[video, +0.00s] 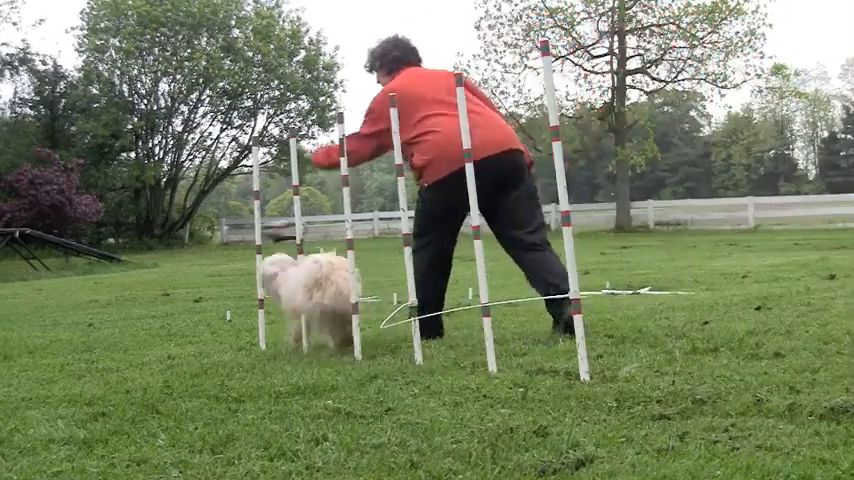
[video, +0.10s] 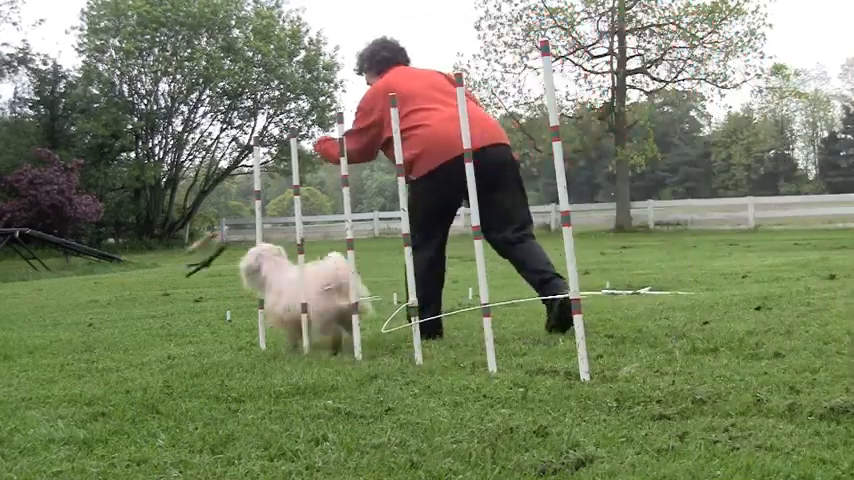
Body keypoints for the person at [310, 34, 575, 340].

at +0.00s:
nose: (379, 83)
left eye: (378, 76)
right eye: (377, 77)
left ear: (388, 68)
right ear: (414, 61)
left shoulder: (389, 96)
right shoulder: (454, 76)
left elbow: (361, 145)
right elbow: (493, 111)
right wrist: (520, 153)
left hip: (446, 166)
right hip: (503, 152)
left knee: (431, 247)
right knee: (529, 239)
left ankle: (429, 326)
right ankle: (566, 309)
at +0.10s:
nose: (368, 83)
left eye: (367, 78)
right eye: (366, 78)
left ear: (374, 71)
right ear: (402, 62)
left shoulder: (377, 93)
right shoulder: (440, 76)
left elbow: (358, 148)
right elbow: (474, 105)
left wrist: (322, 145)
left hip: (437, 160)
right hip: (493, 147)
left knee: (427, 245)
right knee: (514, 232)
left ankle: (429, 325)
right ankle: (555, 292)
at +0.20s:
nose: (360, 81)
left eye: (360, 74)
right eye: (359, 75)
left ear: (369, 67)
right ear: (396, 57)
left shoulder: (371, 89)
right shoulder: (432, 72)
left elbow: (359, 153)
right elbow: (470, 104)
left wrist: (331, 150)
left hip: (432, 154)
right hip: (486, 141)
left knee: (427, 243)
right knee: (501, 231)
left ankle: (429, 323)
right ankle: (545, 289)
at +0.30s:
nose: (359, 74)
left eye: (359, 68)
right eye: (357, 69)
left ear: (368, 59)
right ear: (394, 52)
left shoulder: (368, 82)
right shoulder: (430, 67)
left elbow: (361, 153)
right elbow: (460, 101)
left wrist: (342, 150)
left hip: (429, 152)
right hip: (481, 141)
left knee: (427, 241)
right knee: (486, 230)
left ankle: (430, 324)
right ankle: (525, 289)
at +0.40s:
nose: (362, 66)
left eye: (361, 60)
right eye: (360, 61)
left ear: (366, 53)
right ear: (396, 44)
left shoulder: (366, 79)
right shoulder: (429, 62)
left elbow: (362, 149)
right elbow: (465, 101)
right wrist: (486, 146)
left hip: (426, 151)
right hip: (476, 142)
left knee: (428, 241)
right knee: (471, 230)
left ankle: (431, 325)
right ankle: (499, 302)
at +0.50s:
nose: (361, 55)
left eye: (361, 49)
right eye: (360, 49)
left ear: (369, 44)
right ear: (398, 39)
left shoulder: (366, 73)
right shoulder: (431, 60)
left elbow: (363, 146)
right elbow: (464, 101)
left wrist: (378, 124)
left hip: (423, 153)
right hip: (474, 147)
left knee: (427, 238)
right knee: (461, 234)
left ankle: (431, 326)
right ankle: (468, 317)